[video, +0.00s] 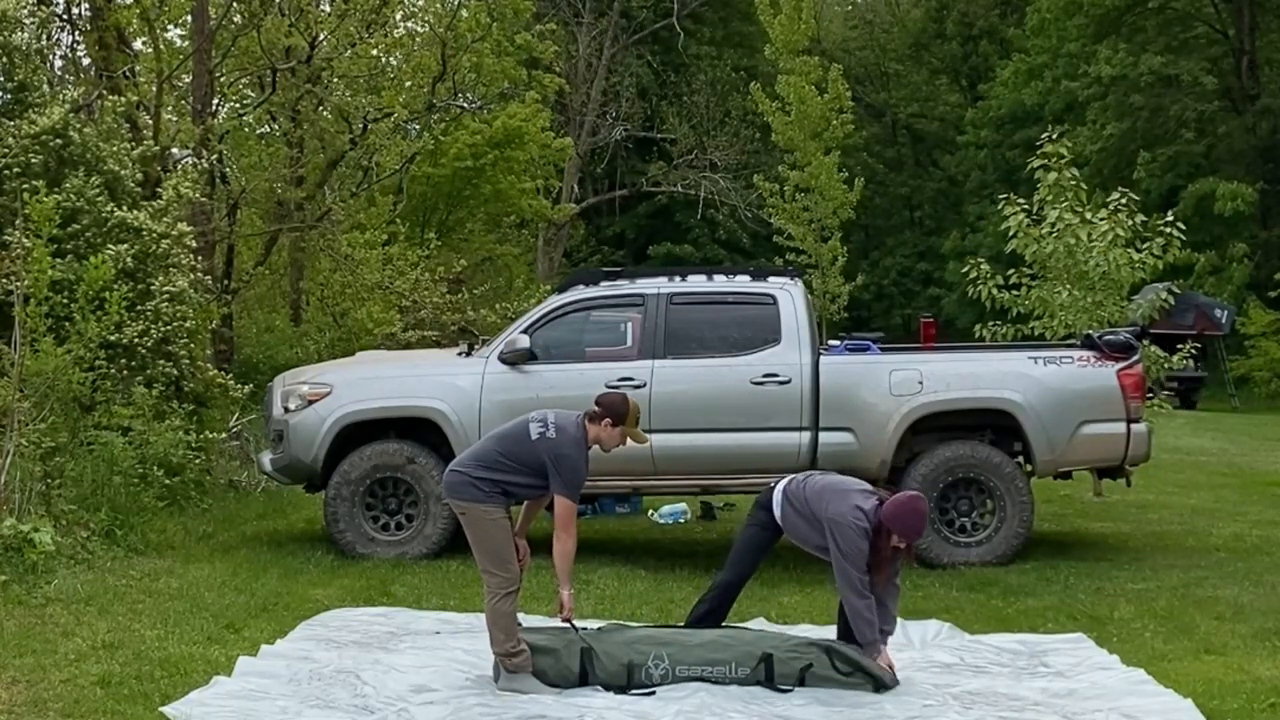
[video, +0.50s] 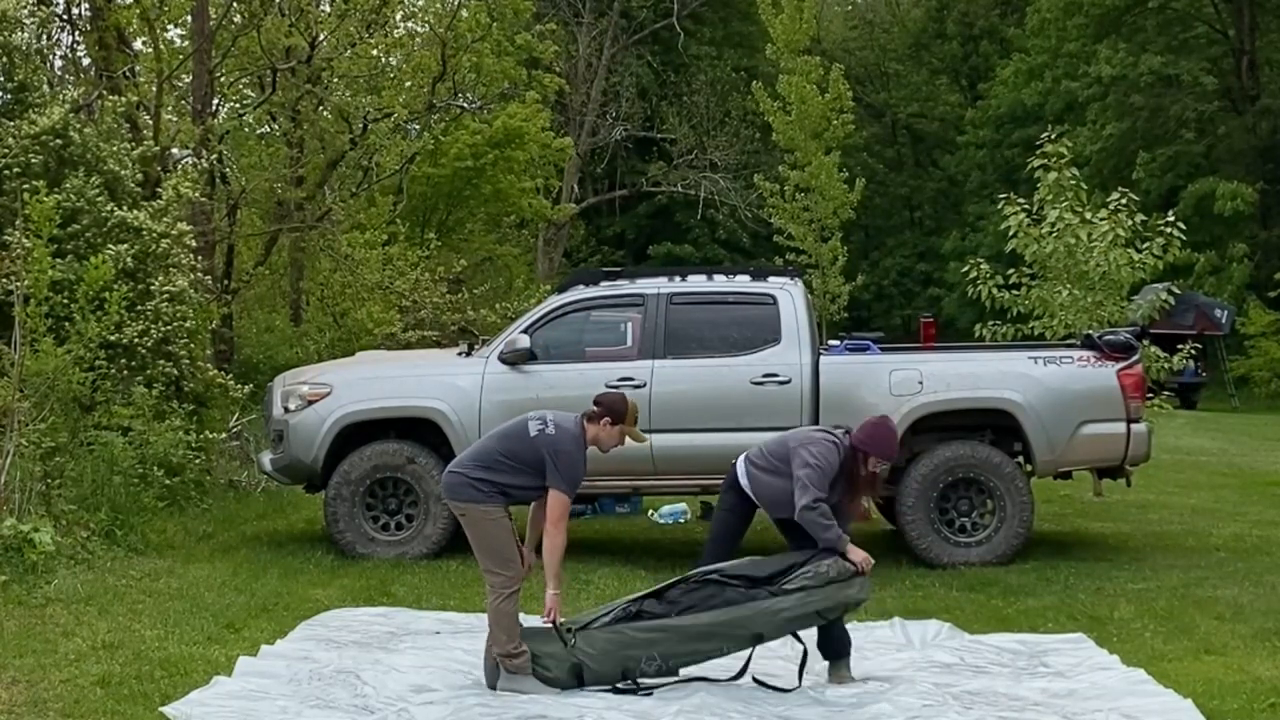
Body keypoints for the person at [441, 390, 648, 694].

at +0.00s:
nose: (624, 441)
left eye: (626, 435)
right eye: (623, 433)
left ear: (602, 420)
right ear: (606, 423)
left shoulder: (569, 427)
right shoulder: (570, 453)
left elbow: (541, 490)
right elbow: (564, 534)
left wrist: (519, 533)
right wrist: (565, 589)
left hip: (480, 486)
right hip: (475, 490)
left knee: (508, 573)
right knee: (502, 579)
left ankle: (506, 663)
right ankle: (513, 671)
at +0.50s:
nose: (622, 442)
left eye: (625, 435)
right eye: (622, 433)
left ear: (601, 421)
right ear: (604, 423)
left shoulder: (566, 431)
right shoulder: (569, 450)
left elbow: (542, 500)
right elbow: (554, 525)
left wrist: (529, 547)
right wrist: (553, 590)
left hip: (476, 486)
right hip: (472, 489)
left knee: (511, 571)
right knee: (506, 576)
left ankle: (498, 661)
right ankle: (513, 670)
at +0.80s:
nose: (589, 456)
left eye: (593, 450)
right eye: (591, 447)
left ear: (568, 431)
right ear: (577, 435)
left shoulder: (531, 441)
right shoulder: (546, 451)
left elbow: (512, 520)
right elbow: (543, 528)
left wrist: (505, 570)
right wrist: (557, 588)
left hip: (434, 494)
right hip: (452, 500)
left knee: (483, 568)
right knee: (505, 580)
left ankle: (472, 653)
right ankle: (514, 673)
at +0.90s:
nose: (555, 430)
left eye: (559, 425)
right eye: (557, 422)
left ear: (535, 409)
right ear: (540, 410)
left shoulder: (494, 426)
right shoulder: (511, 437)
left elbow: (481, 509)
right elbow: (518, 513)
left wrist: (486, 562)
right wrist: (540, 569)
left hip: (409, 497)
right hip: (432, 502)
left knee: (447, 578)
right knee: (478, 584)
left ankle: (404, 657)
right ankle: (513, 673)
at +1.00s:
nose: (518, 416)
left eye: (522, 410)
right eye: (520, 407)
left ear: (495, 394)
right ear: (503, 395)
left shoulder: (450, 407)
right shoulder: (474, 420)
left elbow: (442, 487)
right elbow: (479, 500)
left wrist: (457, 543)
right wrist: (499, 558)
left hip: (370, 484)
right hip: (399, 484)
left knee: (410, 569)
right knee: (460, 552)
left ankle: (398, 665)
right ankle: (469, 649)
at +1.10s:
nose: (501, 404)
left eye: (503, 398)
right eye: (502, 395)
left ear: (474, 383)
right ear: (485, 386)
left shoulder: (433, 398)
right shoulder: (461, 417)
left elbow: (424, 482)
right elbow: (467, 498)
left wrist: (441, 531)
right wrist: (478, 551)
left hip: (357, 484)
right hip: (385, 485)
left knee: (400, 567)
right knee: (443, 553)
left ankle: (397, 665)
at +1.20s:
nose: (488, 406)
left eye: (491, 400)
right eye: (489, 398)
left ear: (461, 385)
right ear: (474, 390)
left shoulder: (422, 400)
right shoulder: (452, 423)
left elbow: (406, 462)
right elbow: (449, 501)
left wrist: (428, 511)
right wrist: (465, 547)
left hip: (348, 493)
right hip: (368, 500)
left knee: (397, 580)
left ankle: (397, 664)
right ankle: (371, 678)